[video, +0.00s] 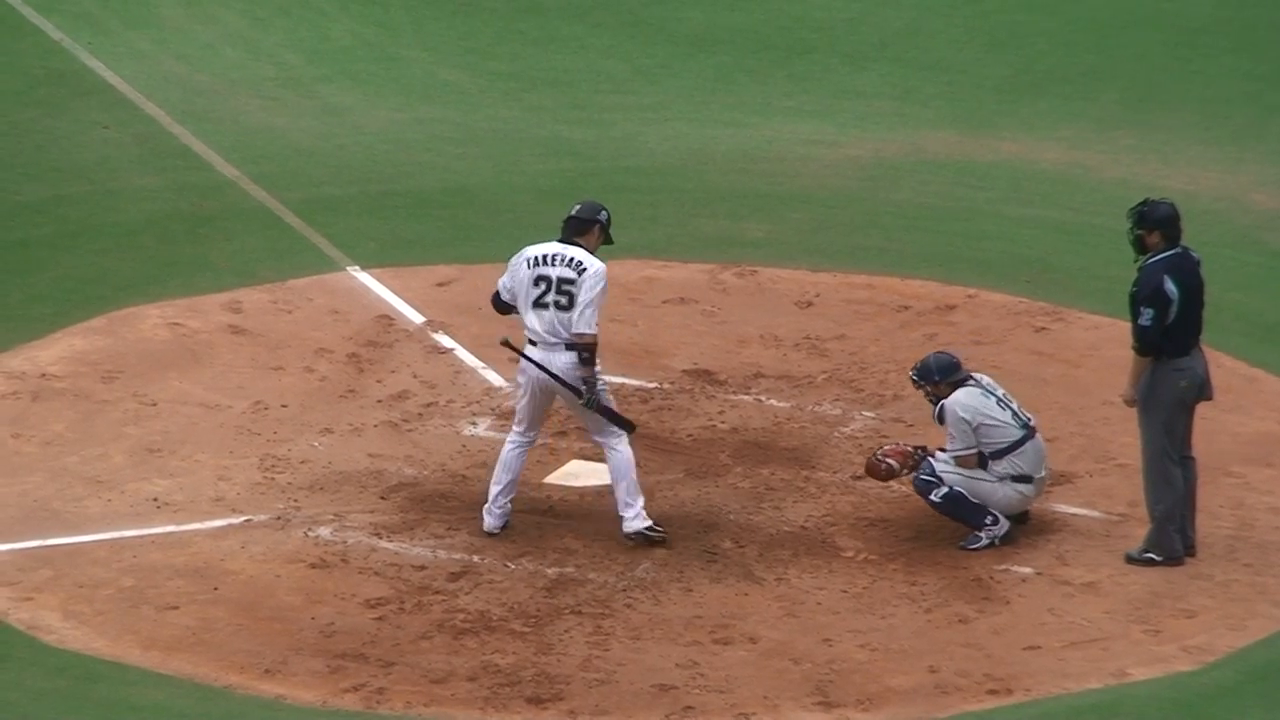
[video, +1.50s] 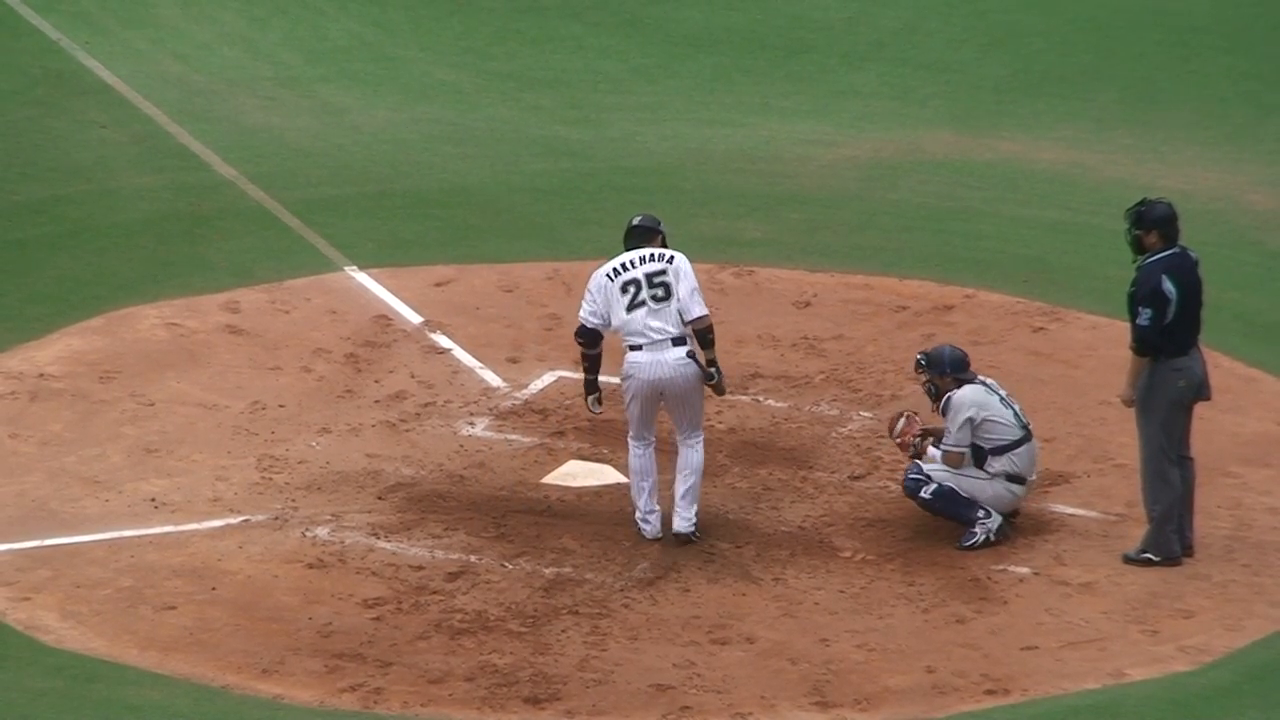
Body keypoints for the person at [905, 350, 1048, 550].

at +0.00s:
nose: (926, 393)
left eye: (927, 387)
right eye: (924, 388)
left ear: (941, 385)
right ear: (957, 374)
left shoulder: (954, 404)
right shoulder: (979, 379)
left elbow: (967, 461)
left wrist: (931, 455)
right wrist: (933, 453)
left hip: (1016, 493)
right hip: (1037, 477)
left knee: (926, 476)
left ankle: (992, 525)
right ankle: (1015, 508)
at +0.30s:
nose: (916, 395)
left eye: (918, 389)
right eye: (914, 389)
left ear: (932, 390)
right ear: (951, 376)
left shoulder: (940, 413)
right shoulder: (980, 379)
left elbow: (958, 468)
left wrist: (925, 458)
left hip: (1010, 496)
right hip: (1037, 477)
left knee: (918, 481)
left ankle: (987, 524)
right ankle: (1013, 510)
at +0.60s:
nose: (916, 391)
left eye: (919, 386)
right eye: (914, 386)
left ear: (933, 388)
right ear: (952, 376)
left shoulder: (940, 412)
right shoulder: (979, 383)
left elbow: (956, 468)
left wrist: (927, 457)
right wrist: (926, 452)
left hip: (1008, 496)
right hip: (1035, 478)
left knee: (917, 481)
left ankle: (987, 525)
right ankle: (1006, 511)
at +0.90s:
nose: (922, 387)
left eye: (926, 382)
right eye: (922, 381)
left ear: (943, 383)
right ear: (955, 379)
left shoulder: (958, 403)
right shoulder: (975, 387)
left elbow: (971, 460)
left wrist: (932, 452)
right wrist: (928, 445)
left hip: (1011, 492)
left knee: (929, 472)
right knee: (940, 455)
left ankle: (992, 524)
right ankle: (1002, 511)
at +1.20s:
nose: (923, 380)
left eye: (927, 374)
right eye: (923, 374)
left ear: (944, 375)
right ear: (949, 374)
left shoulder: (961, 396)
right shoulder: (974, 383)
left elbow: (970, 454)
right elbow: (961, 429)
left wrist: (933, 447)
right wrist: (927, 439)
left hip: (1011, 486)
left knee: (929, 469)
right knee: (941, 452)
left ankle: (991, 522)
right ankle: (1001, 505)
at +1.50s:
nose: (928, 382)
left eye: (931, 377)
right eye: (927, 377)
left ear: (948, 378)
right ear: (959, 375)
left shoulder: (961, 400)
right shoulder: (983, 383)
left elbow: (955, 461)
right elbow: (970, 436)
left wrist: (926, 450)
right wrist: (927, 432)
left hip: (1004, 490)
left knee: (915, 477)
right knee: (936, 454)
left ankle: (985, 520)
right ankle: (1001, 506)